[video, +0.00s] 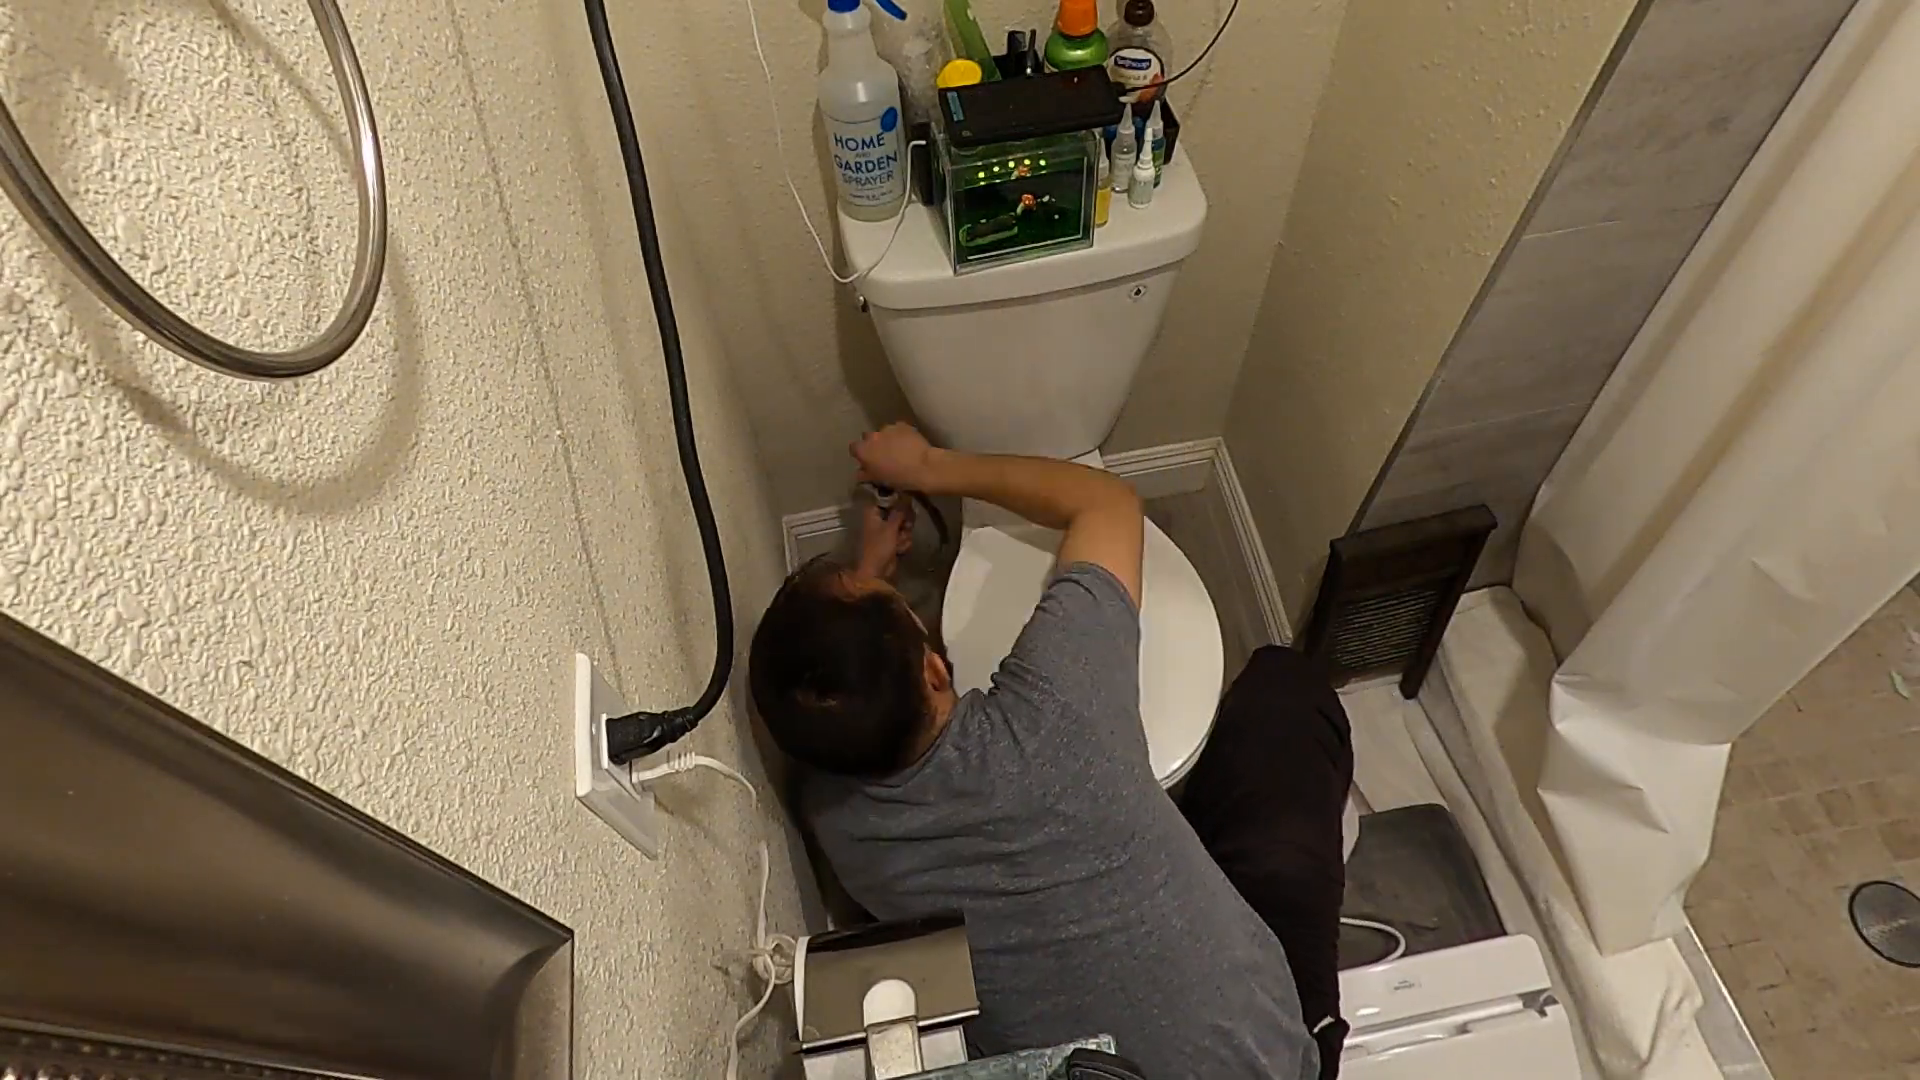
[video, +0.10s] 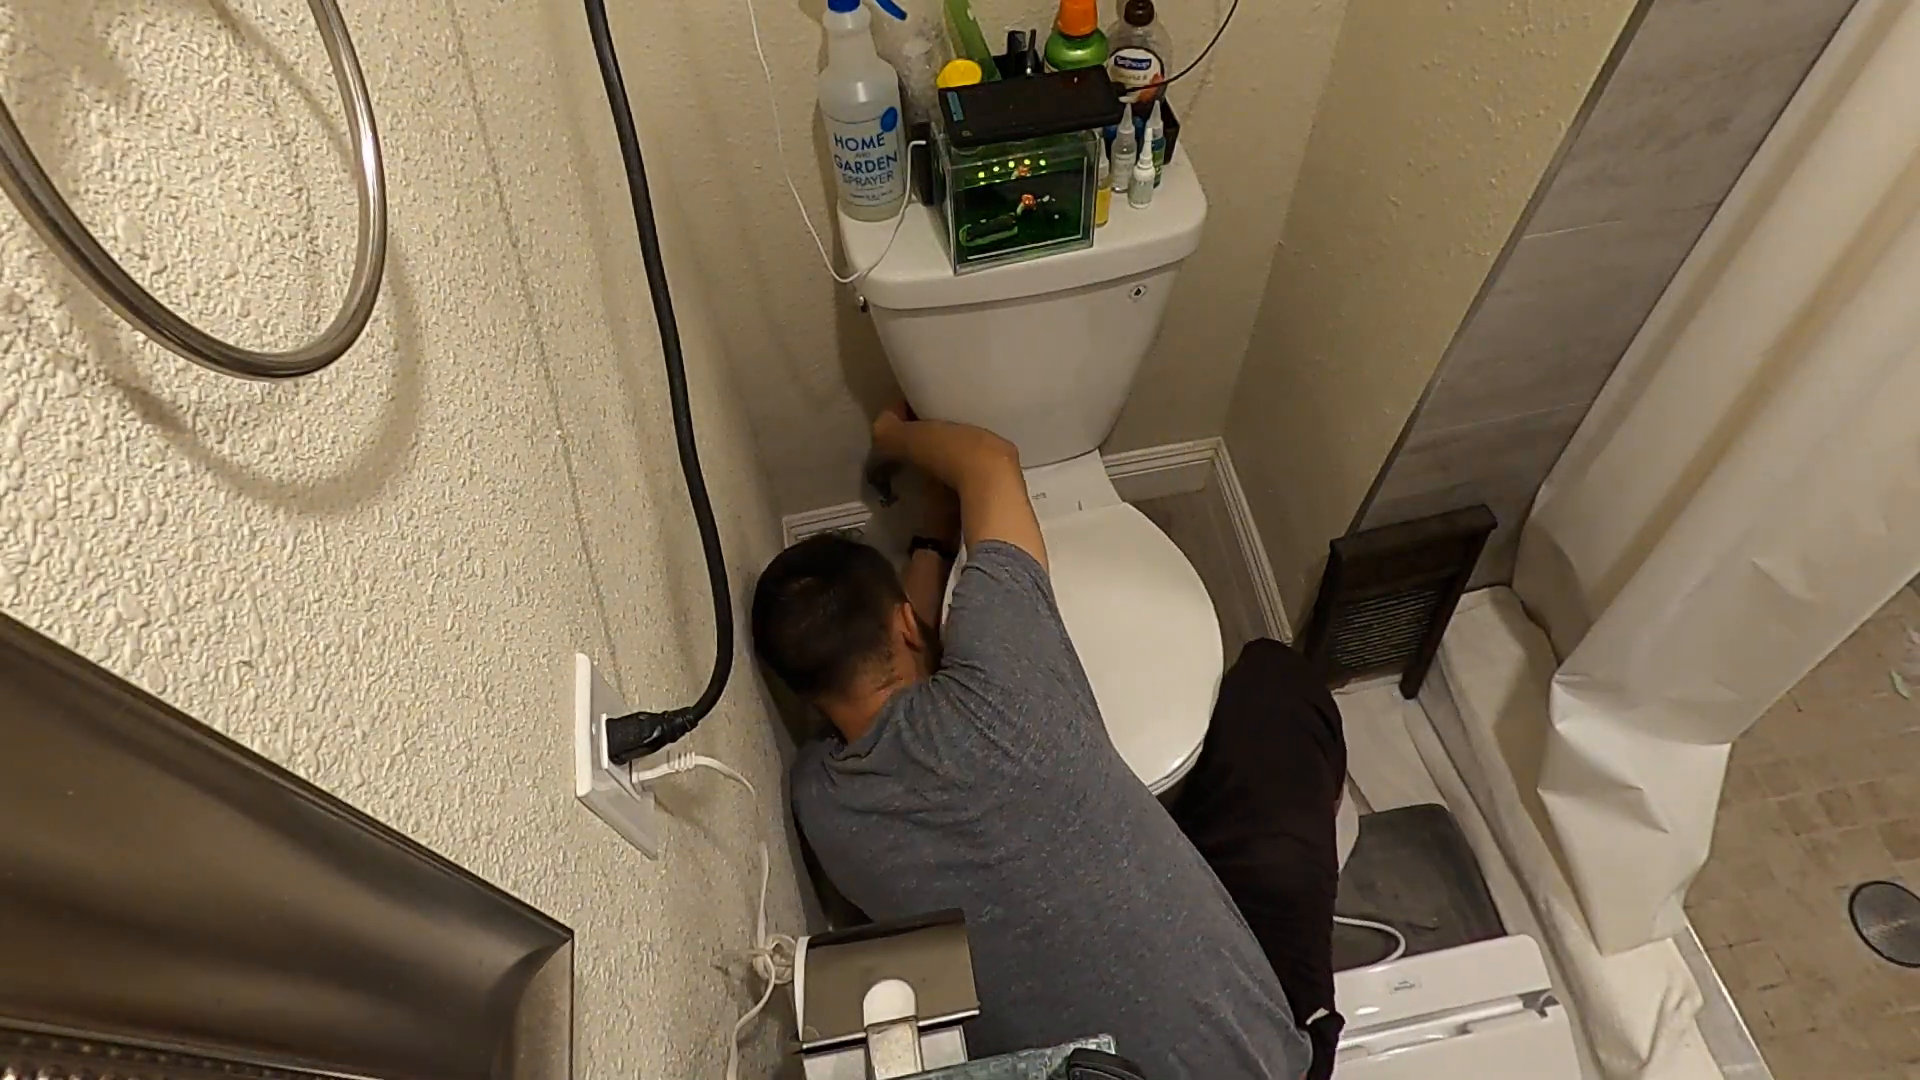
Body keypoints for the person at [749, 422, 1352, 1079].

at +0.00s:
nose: (887, 581)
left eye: (885, 592)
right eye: (890, 601)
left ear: (805, 725)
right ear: (934, 670)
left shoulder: (842, 827)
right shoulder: (1058, 702)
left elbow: (812, 703)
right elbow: (1107, 500)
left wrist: (870, 571)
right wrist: (928, 466)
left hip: (1056, 1065)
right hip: (1256, 1050)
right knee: (1281, 679)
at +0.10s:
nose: (915, 607)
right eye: (906, 594)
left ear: (798, 693)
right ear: (906, 624)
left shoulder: (821, 809)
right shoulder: (1004, 682)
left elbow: (912, 643)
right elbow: (987, 459)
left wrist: (939, 531)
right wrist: (900, 432)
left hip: (1066, 1070)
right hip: (1256, 1054)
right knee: (1269, 672)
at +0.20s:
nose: (913, 614)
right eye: (906, 603)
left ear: (785, 701)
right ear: (904, 638)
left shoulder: (815, 815)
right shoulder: (998, 678)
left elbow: (908, 656)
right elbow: (990, 459)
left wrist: (940, 540)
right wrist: (895, 430)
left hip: (1059, 1066)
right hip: (1254, 1049)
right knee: (1267, 668)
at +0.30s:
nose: (914, 617)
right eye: (907, 608)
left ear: (780, 703)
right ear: (906, 651)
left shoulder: (814, 823)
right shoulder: (989, 679)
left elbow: (910, 663)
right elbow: (981, 461)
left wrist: (930, 543)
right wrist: (900, 431)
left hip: (1066, 1066)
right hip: (1260, 1050)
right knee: (1263, 667)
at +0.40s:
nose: (895, 574)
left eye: (882, 576)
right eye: (888, 587)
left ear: (783, 713)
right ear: (908, 665)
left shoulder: (810, 829)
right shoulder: (985, 685)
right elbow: (960, 488)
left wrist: (924, 546)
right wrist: (895, 423)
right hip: (1254, 1047)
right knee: (1266, 665)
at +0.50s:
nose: (906, 625)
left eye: (896, 598)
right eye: (900, 615)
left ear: (773, 710)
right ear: (887, 654)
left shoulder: (811, 839)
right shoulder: (956, 676)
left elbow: (872, 637)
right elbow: (960, 487)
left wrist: (910, 534)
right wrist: (896, 437)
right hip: (1261, 1045)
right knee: (1261, 662)